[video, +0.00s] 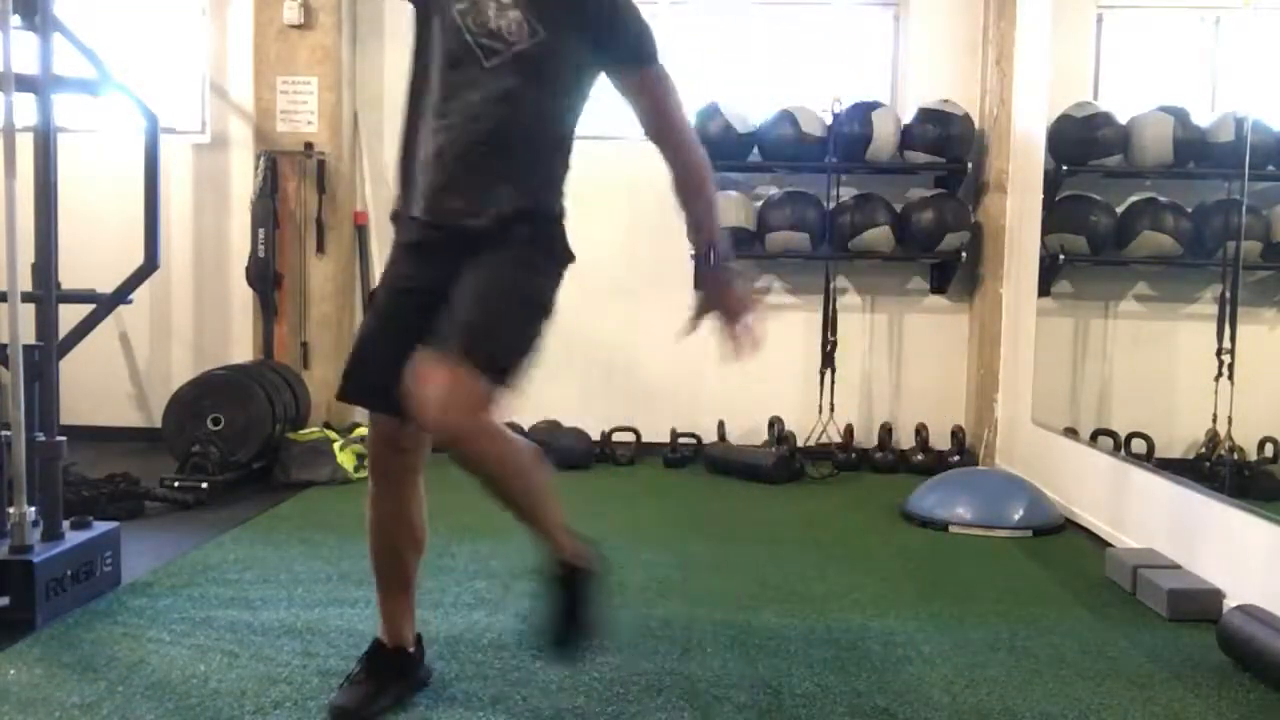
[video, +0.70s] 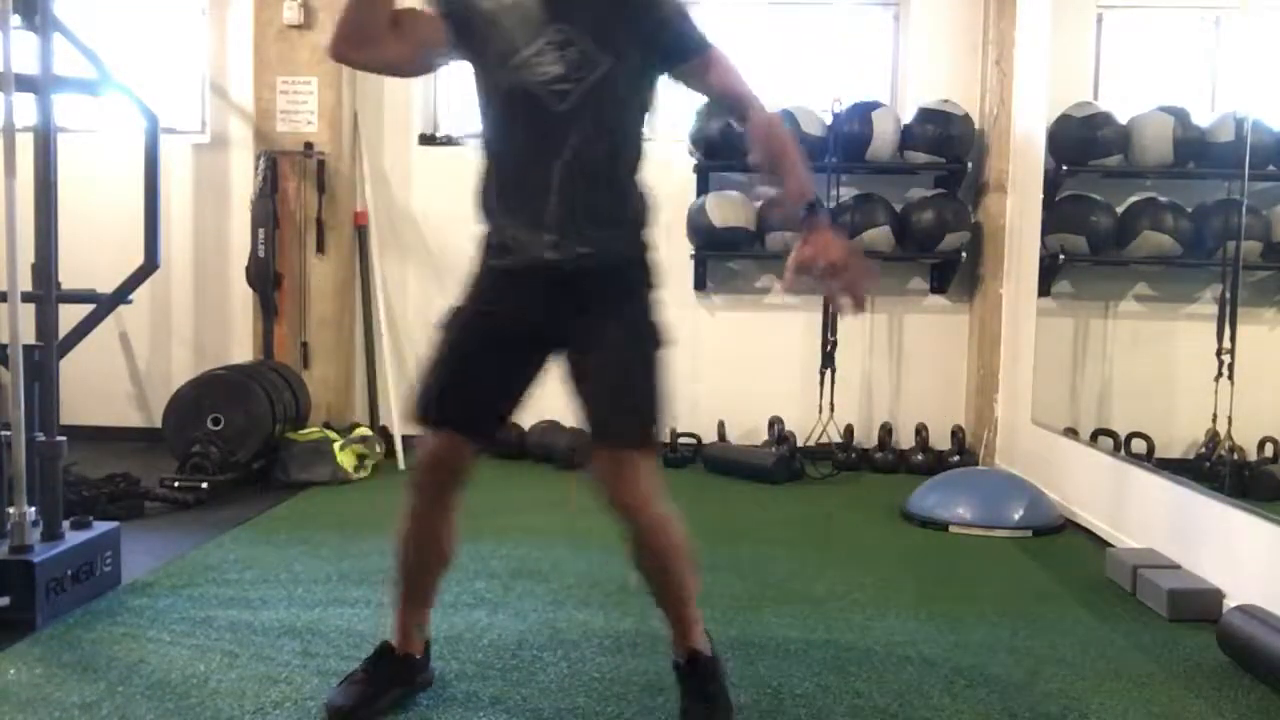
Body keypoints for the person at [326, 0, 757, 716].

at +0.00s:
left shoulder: (592, 10)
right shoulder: (433, 4)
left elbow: (671, 130)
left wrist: (712, 259)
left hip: (517, 233)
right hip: (424, 230)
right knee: (392, 432)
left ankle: (571, 557)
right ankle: (396, 648)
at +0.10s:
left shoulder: (586, 6)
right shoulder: (418, 1)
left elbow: (673, 99)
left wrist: (737, 216)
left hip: (513, 220)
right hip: (424, 222)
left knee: (355, 289)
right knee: (388, 437)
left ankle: (440, 493)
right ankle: (397, 644)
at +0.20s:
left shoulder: (575, 8)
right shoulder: (415, 5)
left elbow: (668, 84)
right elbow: (354, 22)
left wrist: (735, 181)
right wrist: (305, 11)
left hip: (514, 236)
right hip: (436, 232)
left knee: (322, 144)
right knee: (379, 440)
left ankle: (340, 388)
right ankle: (399, 649)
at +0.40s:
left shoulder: (564, 10)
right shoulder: (414, 15)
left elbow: (669, 98)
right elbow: (326, 54)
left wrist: (753, 195)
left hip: (523, 247)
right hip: (444, 260)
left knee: (339, 215)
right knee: (372, 450)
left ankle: (381, 434)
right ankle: (398, 648)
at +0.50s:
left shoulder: (582, 16)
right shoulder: (425, 13)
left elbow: (687, 116)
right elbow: (321, 45)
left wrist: (768, 219)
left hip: (531, 251)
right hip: (444, 252)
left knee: (400, 361)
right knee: (371, 459)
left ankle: (518, 543)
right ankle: (399, 651)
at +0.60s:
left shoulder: (608, 19)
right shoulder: (445, 14)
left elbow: (710, 124)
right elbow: (327, 39)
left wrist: (785, 238)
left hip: (553, 272)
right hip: (461, 269)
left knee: (524, 462)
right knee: (386, 460)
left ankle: (645, 626)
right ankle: (399, 651)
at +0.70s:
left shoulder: (639, 14)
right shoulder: (477, 11)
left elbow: (751, 108)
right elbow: (355, 41)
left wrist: (811, 217)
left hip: (607, 276)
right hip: (509, 275)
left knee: (628, 478)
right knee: (436, 461)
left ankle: (696, 660)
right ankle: (405, 652)